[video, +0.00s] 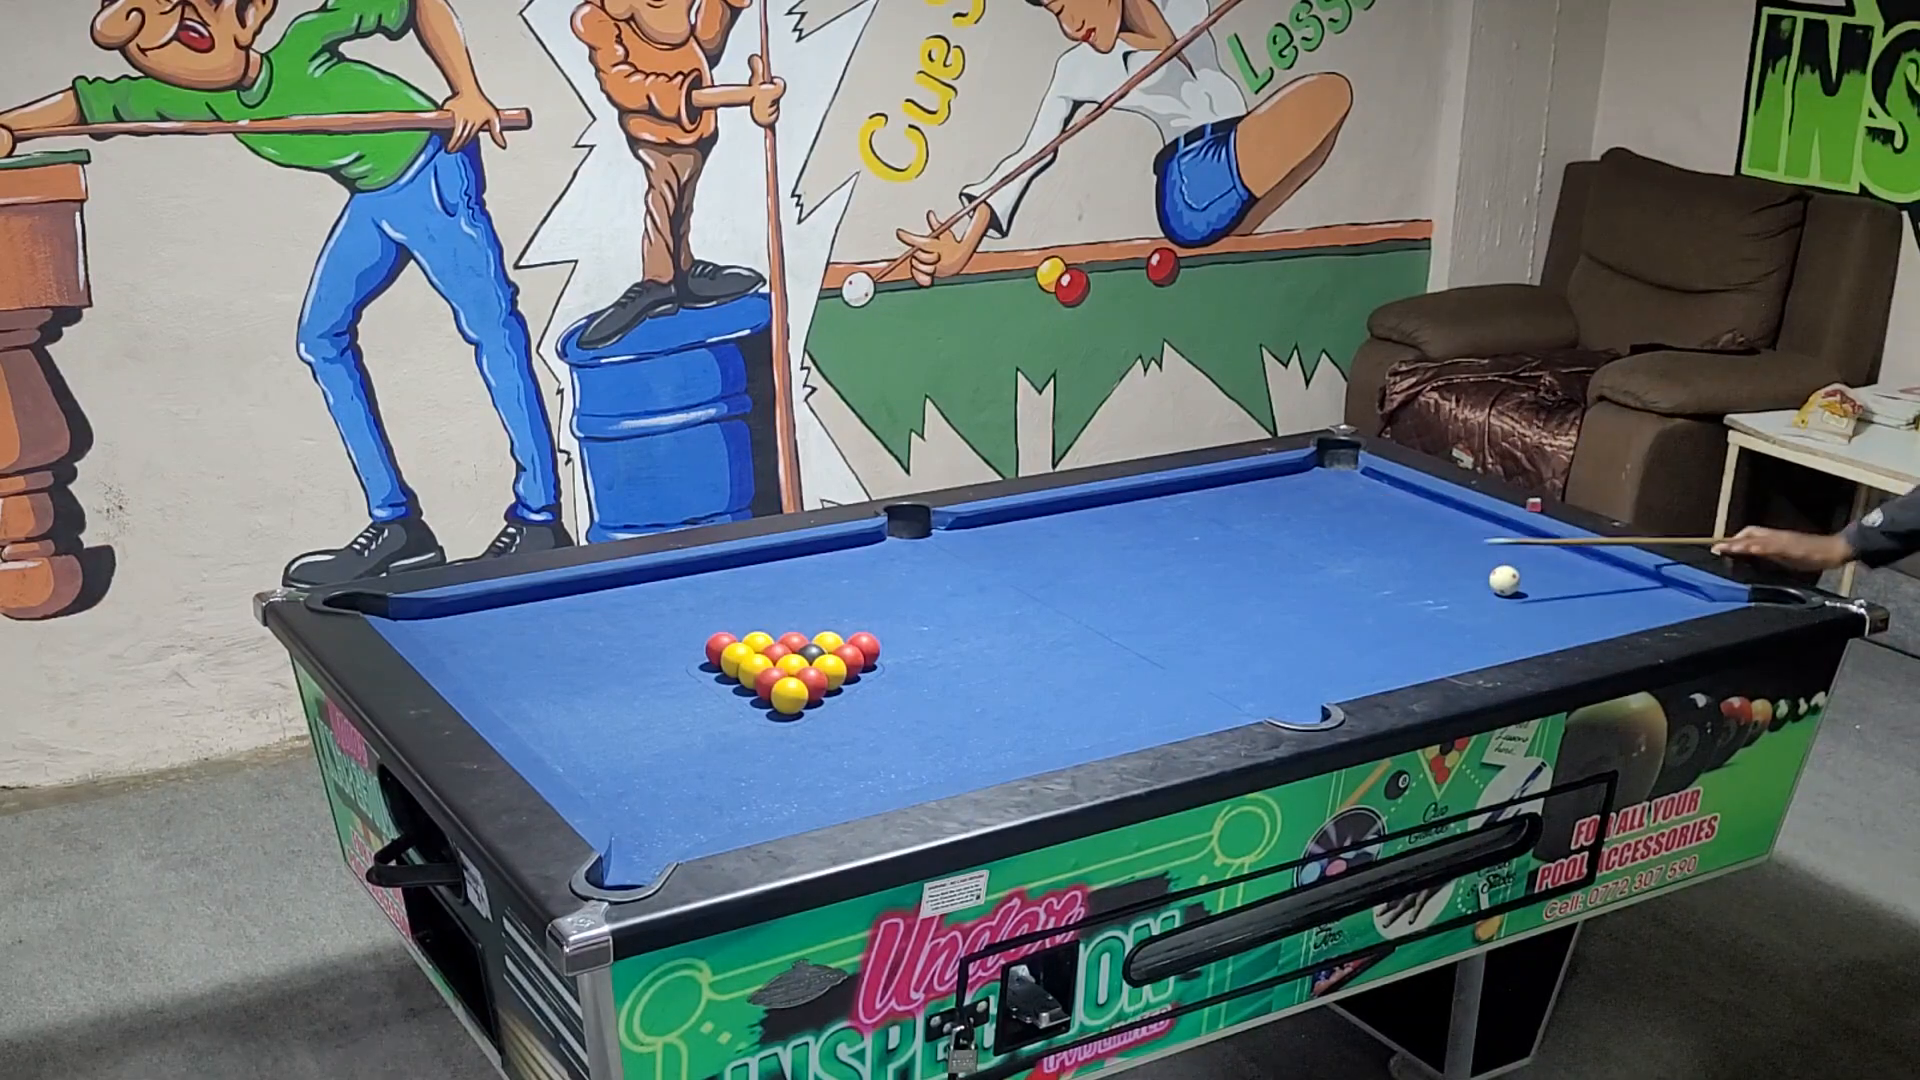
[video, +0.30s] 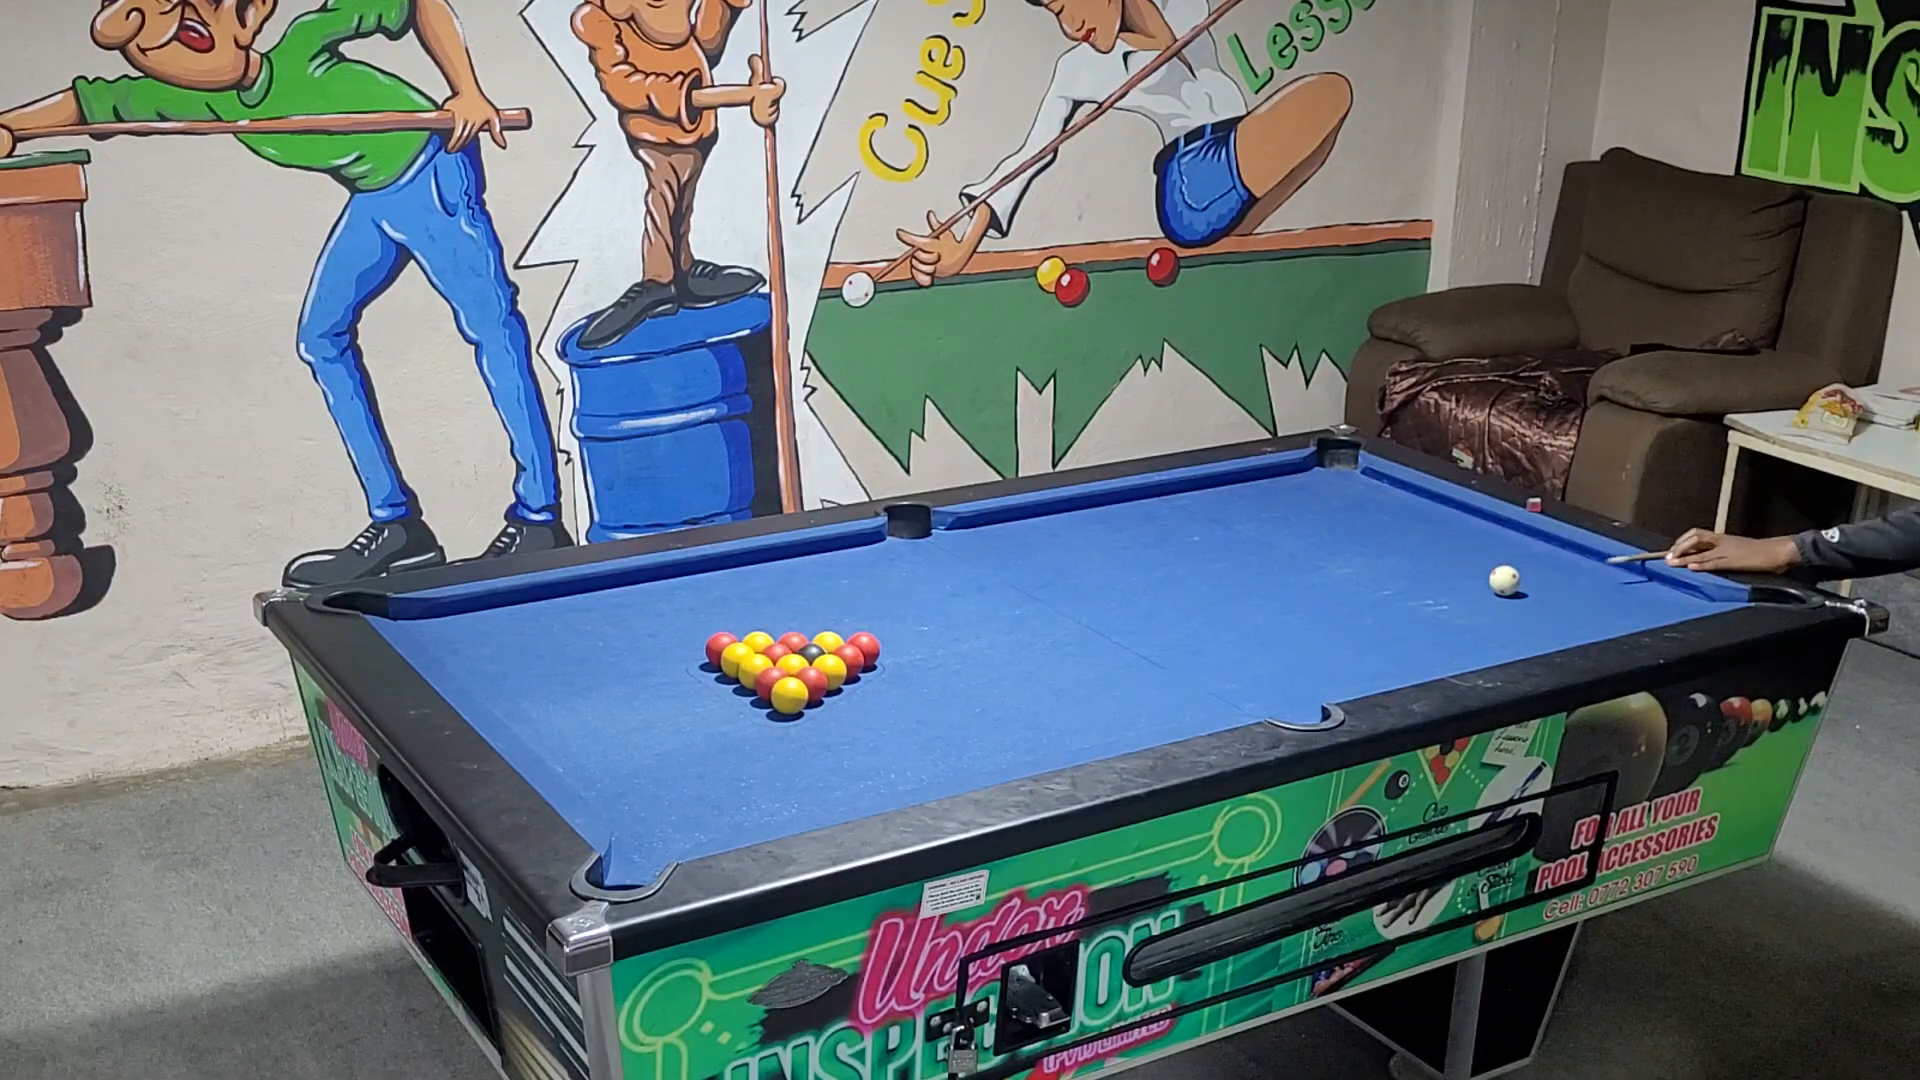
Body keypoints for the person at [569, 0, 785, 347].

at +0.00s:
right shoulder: (597, 19)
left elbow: (707, 47)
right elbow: (625, 88)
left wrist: (731, 5)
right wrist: (746, 95)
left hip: (695, 96)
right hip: (645, 104)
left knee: (687, 175)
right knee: (665, 175)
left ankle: (682, 269)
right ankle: (657, 281)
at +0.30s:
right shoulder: (597, 19)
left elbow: (707, 46)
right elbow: (625, 88)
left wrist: (731, 5)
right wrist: (746, 95)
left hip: (694, 89)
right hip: (645, 103)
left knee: (688, 174)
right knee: (666, 174)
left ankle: (682, 268)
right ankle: (657, 280)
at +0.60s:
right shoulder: (597, 19)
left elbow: (707, 47)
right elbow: (625, 88)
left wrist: (731, 5)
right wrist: (746, 95)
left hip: (694, 87)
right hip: (645, 103)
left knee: (687, 174)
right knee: (666, 175)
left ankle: (682, 269)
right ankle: (657, 281)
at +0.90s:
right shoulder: (597, 19)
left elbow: (707, 46)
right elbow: (625, 88)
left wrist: (731, 5)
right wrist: (746, 95)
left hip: (694, 88)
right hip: (645, 104)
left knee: (688, 174)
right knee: (666, 175)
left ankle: (682, 269)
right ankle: (657, 281)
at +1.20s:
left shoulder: (702, 6)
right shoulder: (597, 19)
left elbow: (708, 47)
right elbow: (625, 88)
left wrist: (731, 5)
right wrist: (746, 95)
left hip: (694, 89)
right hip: (644, 103)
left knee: (688, 174)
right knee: (666, 174)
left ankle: (682, 270)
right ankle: (656, 281)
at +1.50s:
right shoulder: (597, 19)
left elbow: (707, 47)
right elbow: (625, 88)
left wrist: (730, 5)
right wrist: (746, 95)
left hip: (694, 88)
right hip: (645, 103)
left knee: (688, 174)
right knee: (666, 174)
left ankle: (682, 268)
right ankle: (657, 281)